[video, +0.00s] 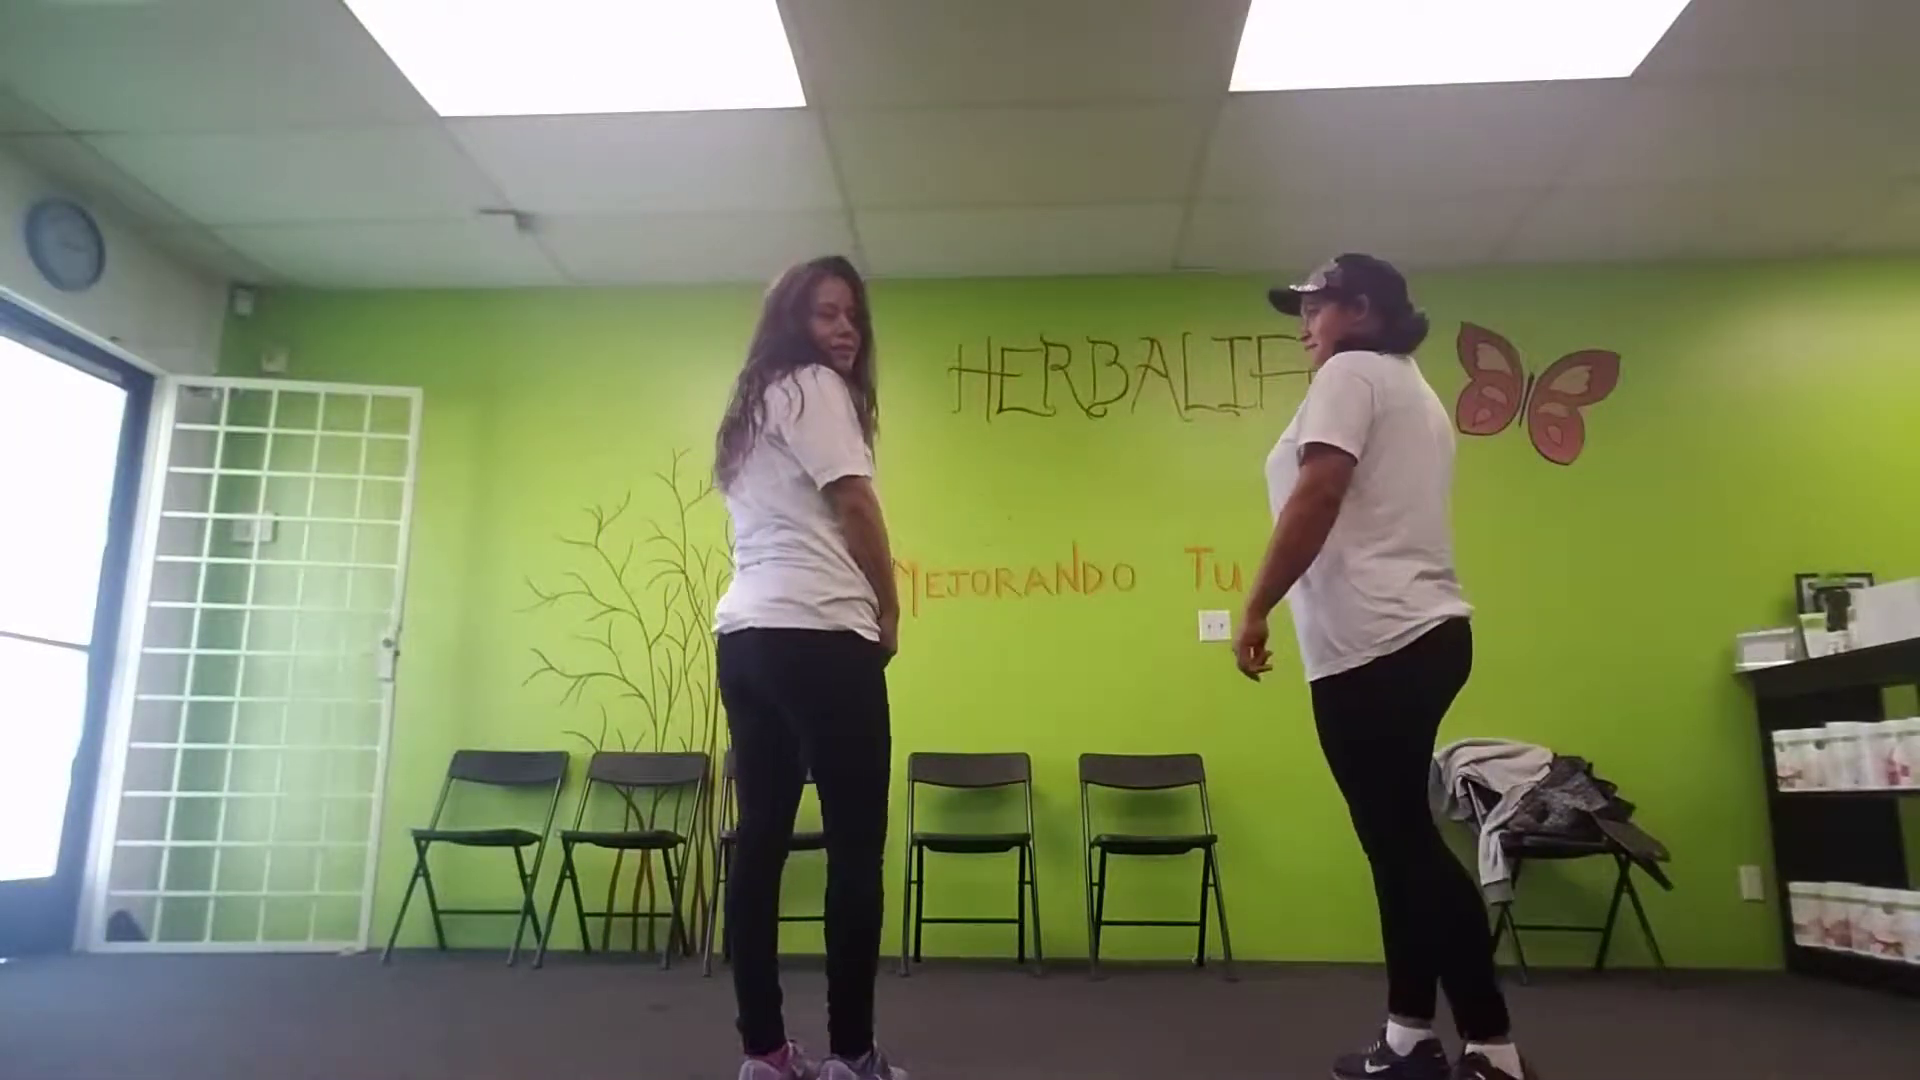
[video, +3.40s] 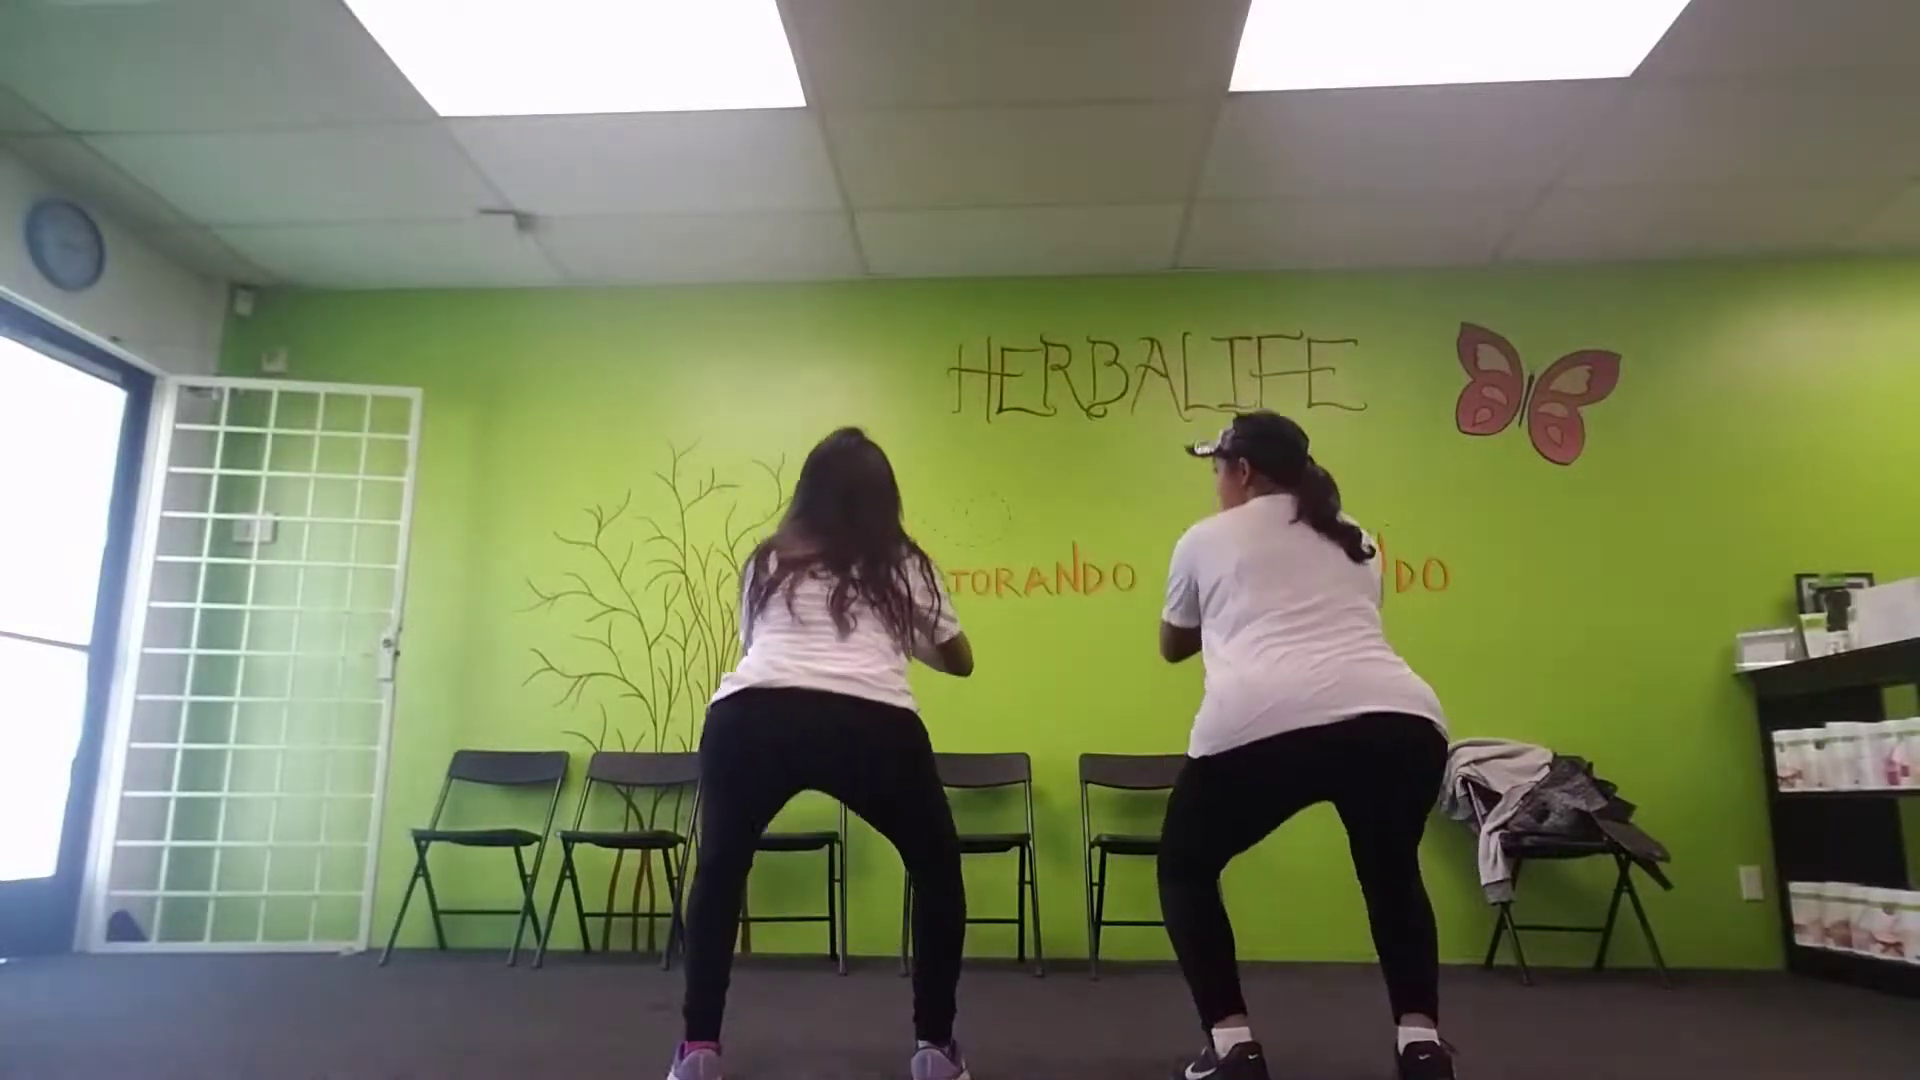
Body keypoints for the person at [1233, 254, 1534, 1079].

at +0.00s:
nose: (1303, 324)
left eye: (1316, 308)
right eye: (1305, 309)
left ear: (1362, 312)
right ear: (1374, 320)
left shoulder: (1349, 374)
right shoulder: (1412, 389)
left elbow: (1319, 496)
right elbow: (1399, 516)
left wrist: (1256, 606)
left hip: (1373, 647)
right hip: (1419, 637)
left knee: (1403, 842)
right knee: (1396, 839)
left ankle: (1492, 1052)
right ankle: (1410, 1040)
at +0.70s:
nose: (1279, 354)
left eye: (1286, 339)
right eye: (1279, 340)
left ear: (1325, 336)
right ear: (1360, 341)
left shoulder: (1308, 391)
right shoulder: (1426, 420)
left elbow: (1270, 490)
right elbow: (1458, 549)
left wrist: (1194, 563)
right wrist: (1376, 585)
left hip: (1326, 651)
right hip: (1424, 644)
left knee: (1299, 834)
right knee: (1401, 830)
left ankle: (1420, 999)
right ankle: (1416, 1032)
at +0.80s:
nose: (1276, 351)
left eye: (1284, 337)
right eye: (1277, 337)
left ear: (1319, 336)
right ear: (1359, 340)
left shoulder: (1295, 395)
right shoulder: (1424, 417)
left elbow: (1244, 492)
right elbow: (1455, 545)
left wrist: (1189, 551)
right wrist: (1375, 566)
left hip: (1316, 651)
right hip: (1422, 645)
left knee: (1293, 832)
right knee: (1402, 832)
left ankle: (1358, 1014)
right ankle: (1419, 1033)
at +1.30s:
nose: (1215, 334)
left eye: (1221, 320)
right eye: (1217, 320)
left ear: (1243, 323)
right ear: (1303, 322)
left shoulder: (1198, 396)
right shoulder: (1361, 400)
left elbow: (1166, 513)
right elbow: (1367, 508)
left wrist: (1249, 479)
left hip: (1236, 649)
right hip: (1359, 640)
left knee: (1233, 847)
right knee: (1369, 833)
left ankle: (1235, 1050)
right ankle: (1411, 1039)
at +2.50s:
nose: (1224, 458)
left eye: (1229, 443)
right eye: (1225, 443)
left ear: (1259, 440)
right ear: (1305, 443)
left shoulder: (1219, 514)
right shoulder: (1373, 510)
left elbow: (1187, 618)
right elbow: (1375, 595)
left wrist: (1266, 583)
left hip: (1274, 716)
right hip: (1409, 709)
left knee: (1200, 863)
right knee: (1399, 862)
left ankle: (1231, 1049)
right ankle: (1424, 1043)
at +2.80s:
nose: (1215, 579)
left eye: (1219, 566)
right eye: (1215, 566)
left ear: (1249, 565)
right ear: (1299, 566)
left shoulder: (1212, 634)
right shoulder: (1360, 626)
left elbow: (1181, 740)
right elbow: (1376, 715)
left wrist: (1239, 675)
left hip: (1272, 844)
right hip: (1421, 835)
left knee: (1174, 873)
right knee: (1392, 879)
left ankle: (1231, 1046)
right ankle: (1420, 1040)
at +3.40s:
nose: (1215, 484)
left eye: (1218, 470)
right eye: (1216, 470)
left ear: (1242, 472)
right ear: (1297, 471)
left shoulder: (1206, 540)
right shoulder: (1354, 536)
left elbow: (1174, 646)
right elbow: (1363, 615)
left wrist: (1249, 598)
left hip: (1261, 735)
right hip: (1394, 725)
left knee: (1186, 869)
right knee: (1393, 870)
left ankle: (1231, 1044)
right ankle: (1420, 1038)